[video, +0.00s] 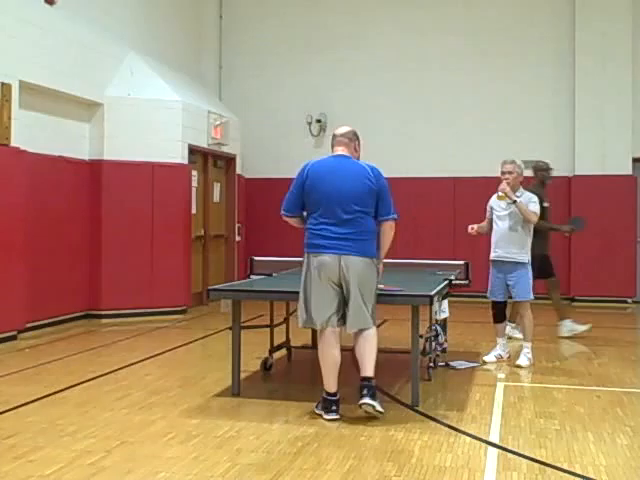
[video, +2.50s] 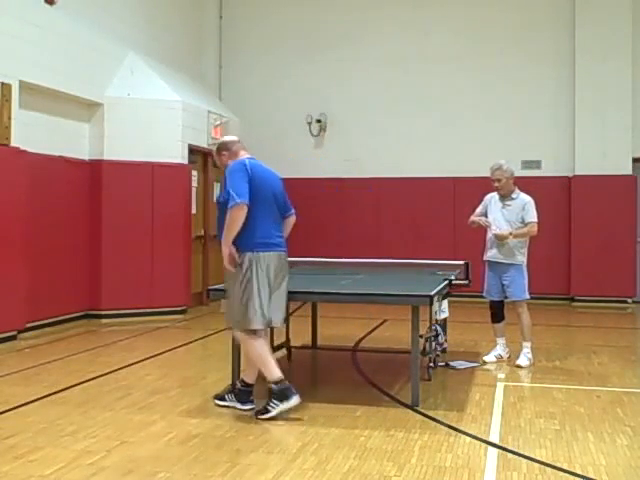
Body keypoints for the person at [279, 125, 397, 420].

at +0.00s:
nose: (359, 149)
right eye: (359, 145)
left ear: (331, 146)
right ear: (357, 147)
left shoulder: (310, 170)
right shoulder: (372, 173)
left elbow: (289, 214)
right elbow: (387, 222)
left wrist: (315, 225)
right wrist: (379, 259)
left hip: (321, 260)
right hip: (360, 261)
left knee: (327, 328)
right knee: (365, 325)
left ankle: (330, 402)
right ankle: (368, 391)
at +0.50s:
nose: (350, 148)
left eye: (345, 145)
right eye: (356, 146)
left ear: (339, 150)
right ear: (364, 154)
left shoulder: (321, 166)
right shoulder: (378, 181)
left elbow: (297, 207)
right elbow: (387, 230)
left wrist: (311, 235)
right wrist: (382, 261)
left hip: (328, 253)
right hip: (363, 257)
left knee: (330, 327)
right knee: (356, 330)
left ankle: (331, 401)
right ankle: (353, 398)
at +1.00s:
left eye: (343, 142)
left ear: (341, 148)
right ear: (365, 152)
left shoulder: (331, 165)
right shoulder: (380, 182)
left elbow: (313, 205)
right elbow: (384, 233)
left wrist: (300, 234)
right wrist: (378, 267)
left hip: (330, 251)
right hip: (367, 257)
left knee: (317, 323)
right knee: (358, 329)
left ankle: (319, 397)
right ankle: (353, 398)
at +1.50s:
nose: (302, 152)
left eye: (302, 148)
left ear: (304, 150)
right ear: (329, 148)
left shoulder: (300, 171)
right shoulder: (351, 175)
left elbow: (284, 218)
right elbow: (369, 222)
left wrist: (265, 257)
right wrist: (352, 245)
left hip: (307, 259)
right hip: (343, 260)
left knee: (299, 328)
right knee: (344, 330)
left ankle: (293, 402)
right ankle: (352, 398)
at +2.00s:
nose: (257, 162)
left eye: (256, 158)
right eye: (256, 158)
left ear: (260, 151)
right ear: (281, 145)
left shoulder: (267, 172)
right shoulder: (312, 172)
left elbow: (255, 222)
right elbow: (325, 216)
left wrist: (240, 261)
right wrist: (307, 241)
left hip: (282, 258)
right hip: (311, 257)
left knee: (286, 331)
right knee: (301, 329)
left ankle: (292, 402)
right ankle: (302, 389)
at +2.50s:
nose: (222, 166)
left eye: (220, 162)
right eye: (220, 163)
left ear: (224, 155)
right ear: (243, 150)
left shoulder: (236, 167)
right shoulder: (270, 173)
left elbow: (239, 204)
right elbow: (290, 215)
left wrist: (226, 243)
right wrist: (273, 245)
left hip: (252, 255)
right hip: (276, 254)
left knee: (244, 327)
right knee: (259, 328)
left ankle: (281, 390)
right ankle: (244, 391)